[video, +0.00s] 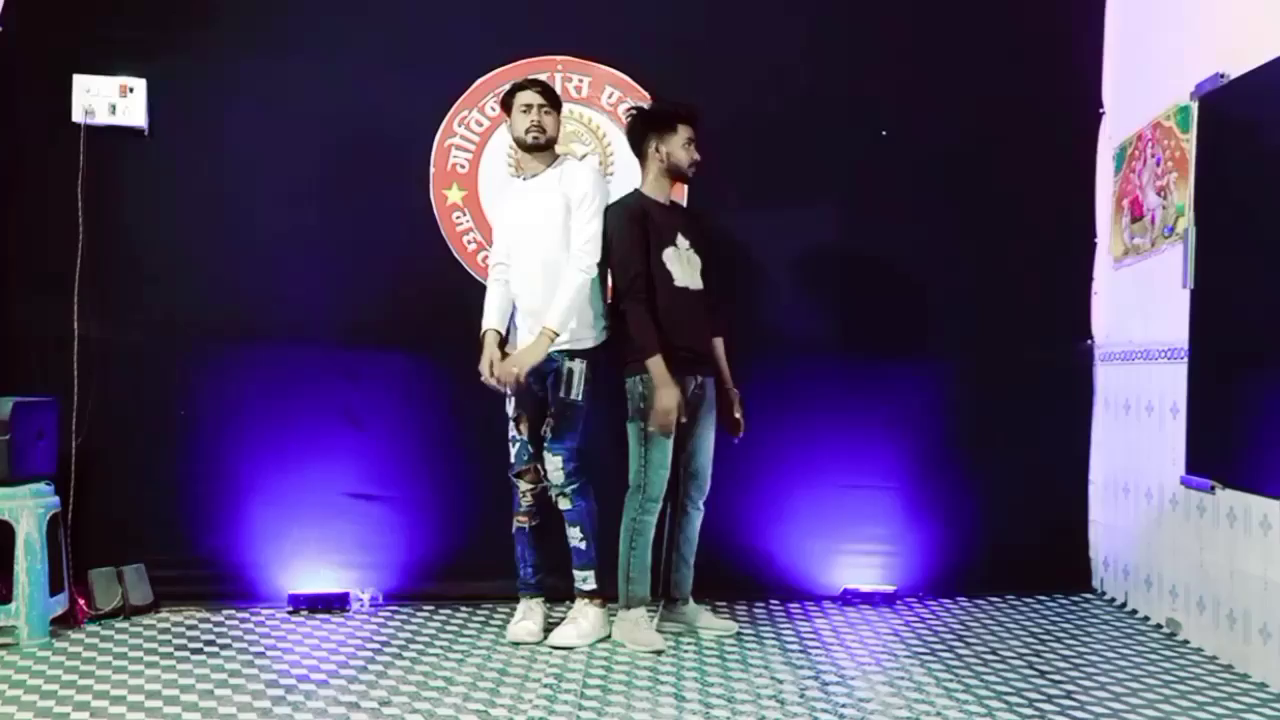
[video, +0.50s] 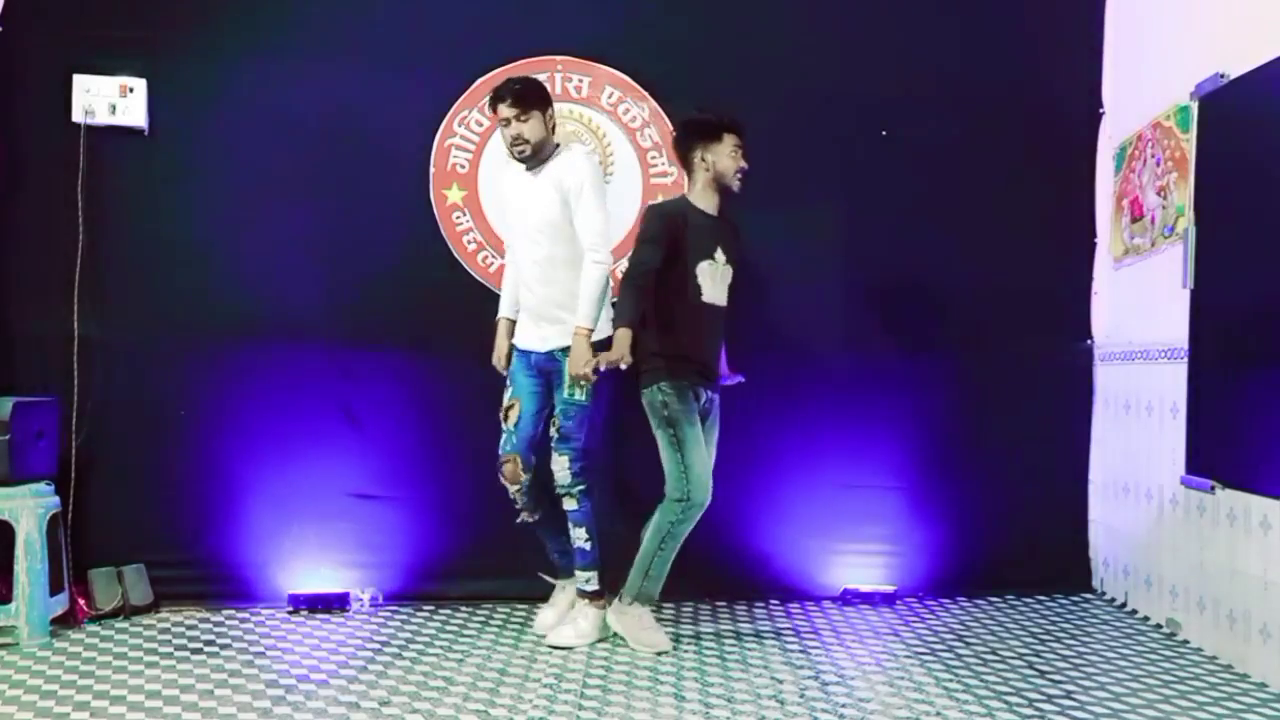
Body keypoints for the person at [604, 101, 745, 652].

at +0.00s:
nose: (694, 152)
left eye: (694, 143)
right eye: (685, 142)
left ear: (676, 151)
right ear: (653, 146)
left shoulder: (693, 222)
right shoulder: (625, 214)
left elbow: (708, 310)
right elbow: (630, 303)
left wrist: (727, 383)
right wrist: (660, 379)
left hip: (699, 376)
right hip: (653, 375)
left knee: (693, 494)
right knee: (648, 494)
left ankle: (680, 603)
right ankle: (632, 610)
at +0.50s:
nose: (743, 162)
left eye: (742, 153)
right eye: (734, 152)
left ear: (717, 161)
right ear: (701, 157)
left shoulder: (727, 230)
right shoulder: (664, 216)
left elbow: (714, 302)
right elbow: (636, 279)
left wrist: (721, 361)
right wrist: (622, 334)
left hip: (707, 380)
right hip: (665, 374)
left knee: (688, 495)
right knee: (692, 492)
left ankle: (636, 602)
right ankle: (632, 604)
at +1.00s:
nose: (909, 205)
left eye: (908, 195)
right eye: (903, 194)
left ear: (871, 201)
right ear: (876, 199)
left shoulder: (842, 241)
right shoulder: (845, 242)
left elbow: (783, 295)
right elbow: (787, 290)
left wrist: (738, 357)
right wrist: (748, 359)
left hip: (771, 376)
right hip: (767, 379)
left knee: (807, 491)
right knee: (801, 493)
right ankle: (722, 608)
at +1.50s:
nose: (1019, 189)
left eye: (1018, 179)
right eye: (1013, 178)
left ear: (982, 184)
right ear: (985, 182)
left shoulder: (955, 232)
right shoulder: (956, 232)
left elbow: (916, 299)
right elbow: (909, 292)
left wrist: (897, 371)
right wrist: (897, 368)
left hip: (900, 382)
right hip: (916, 383)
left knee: (945, 493)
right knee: (980, 489)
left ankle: (908, 611)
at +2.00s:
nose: (991, 170)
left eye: (1002, 160)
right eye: (981, 159)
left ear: (1019, 167)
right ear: (965, 166)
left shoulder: (1035, 234)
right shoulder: (946, 235)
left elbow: (1060, 314)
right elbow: (933, 326)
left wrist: (1079, 385)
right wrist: (944, 408)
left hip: (1050, 388)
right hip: (987, 390)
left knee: (1087, 501)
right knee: (1004, 509)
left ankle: (1041, 610)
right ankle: (983, 621)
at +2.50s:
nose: (971, 166)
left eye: (980, 154)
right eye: (969, 157)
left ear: (1015, 153)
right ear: (979, 163)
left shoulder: (1064, 208)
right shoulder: (978, 235)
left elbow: (1111, 272)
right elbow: (975, 320)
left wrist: (1139, 335)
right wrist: (971, 391)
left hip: (1067, 381)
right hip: (998, 384)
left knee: (1080, 509)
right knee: (994, 504)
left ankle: (1087, 624)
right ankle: (983, 620)